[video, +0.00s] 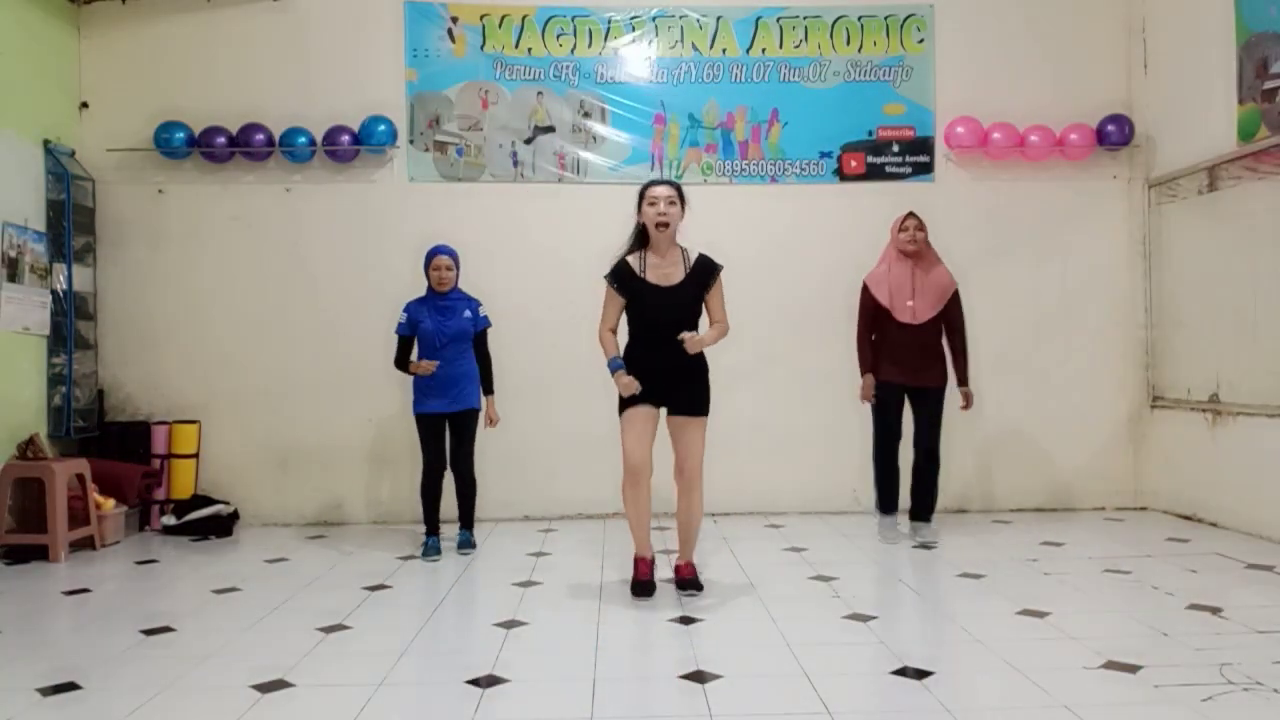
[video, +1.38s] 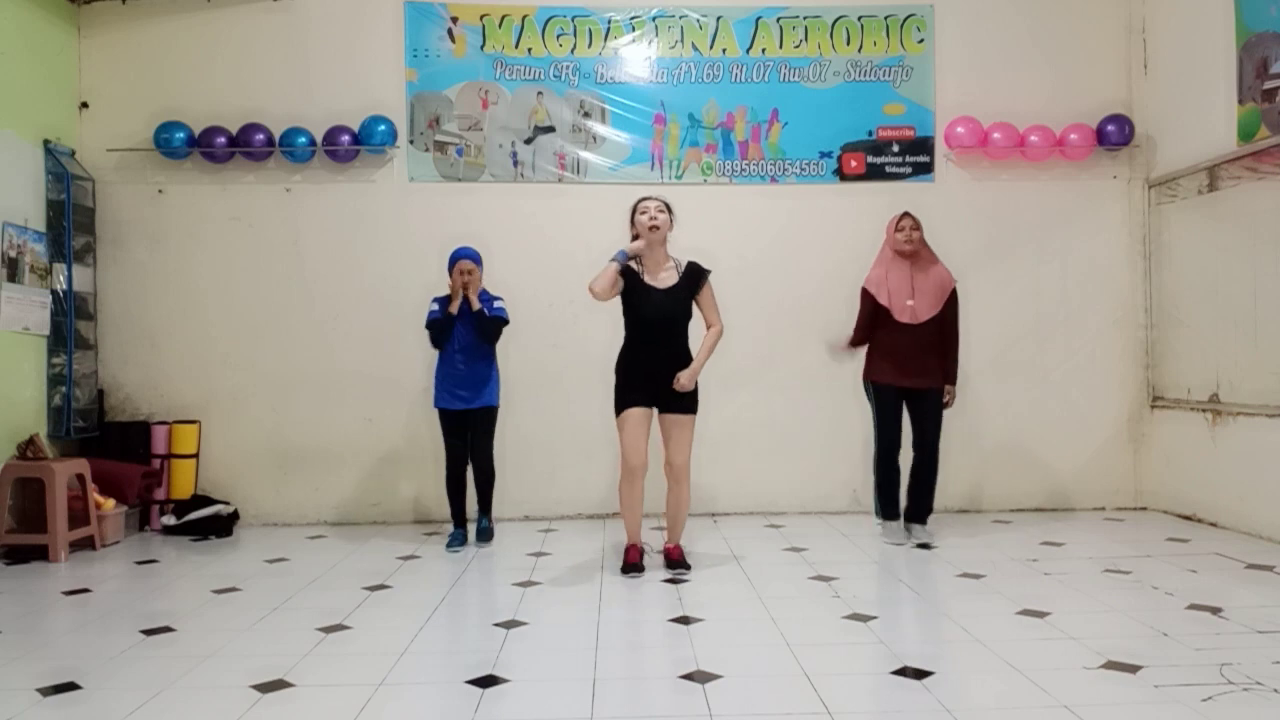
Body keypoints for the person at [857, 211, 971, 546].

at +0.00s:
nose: (912, 234)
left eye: (918, 229)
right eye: (905, 229)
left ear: (926, 236)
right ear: (894, 238)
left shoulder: (941, 279)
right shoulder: (878, 278)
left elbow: (956, 332)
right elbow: (864, 329)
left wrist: (963, 382)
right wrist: (866, 373)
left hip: (929, 375)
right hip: (887, 375)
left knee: (927, 448)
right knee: (886, 445)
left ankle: (921, 520)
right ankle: (887, 516)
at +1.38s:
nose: (909, 235)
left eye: (914, 229)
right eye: (901, 230)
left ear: (922, 235)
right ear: (890, 238)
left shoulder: (941, 279)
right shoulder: (878, 278)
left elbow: (950, 334)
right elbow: (864, 328)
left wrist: (950, 379)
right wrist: (851, 343)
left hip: (927, 377)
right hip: (884, 375)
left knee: (927, 450)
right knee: (888, 446)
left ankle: (917, 520)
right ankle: (889, 518)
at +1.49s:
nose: (910, 230)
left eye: (915, 225)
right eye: (903, 226)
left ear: (924, 232)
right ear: (892, 234)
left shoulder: (942, 275)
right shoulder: (879, 274)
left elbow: (951, 329)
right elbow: (858, 322)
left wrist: (951, 375)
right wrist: (840, 301)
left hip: (926, 365)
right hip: (885, 363)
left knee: (925, 441)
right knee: (888, 432)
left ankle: (917, 520)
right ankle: (890, 498)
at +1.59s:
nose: (911, 228)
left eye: (916, 223)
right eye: (904, 224)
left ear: (925, 230)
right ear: (892, 232)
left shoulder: (941, 272)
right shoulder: (881, 270)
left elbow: (950, 327)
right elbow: (852, 312)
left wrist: (949, 373)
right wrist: (850, 276)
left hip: (926, 364)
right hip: (885, 359)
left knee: (922, 441)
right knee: (889, 417)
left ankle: (917, 519)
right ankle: (891, 489)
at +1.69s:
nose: (912, 231)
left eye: (916, 226)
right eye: (904, 227)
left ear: (923, 233)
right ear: (892, 235)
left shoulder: (937, 274)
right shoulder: (882, 270)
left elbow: (947, 328)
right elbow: (858, 287)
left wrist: (948, 377)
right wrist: (882, 254)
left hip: (926, 373)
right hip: (884, 372)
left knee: (926, 447)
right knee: (888, 443)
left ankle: (917, 519)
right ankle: (885, 519)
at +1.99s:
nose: (910, 233)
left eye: (914, 228)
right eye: (902, 229)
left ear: (922, 234)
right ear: (890, 238)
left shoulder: (933, 276)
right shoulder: (878, 271)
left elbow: (938, 327)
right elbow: (878, 280)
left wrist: (972, 323)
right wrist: (904, 272)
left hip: (921, 368)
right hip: (879, 368)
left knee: (934, 441)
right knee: (883, 442)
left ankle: (920, 509)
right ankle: (884, 518)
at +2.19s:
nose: (909, 229)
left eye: (914, 224)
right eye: (901, 225)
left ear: (922, 231)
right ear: (890, 234)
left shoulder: (936, 271)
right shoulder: (879, 269)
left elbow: (966, 298)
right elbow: (876, 278)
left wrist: (967, 265)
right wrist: (903, 270)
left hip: (923, 367)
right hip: (882, 363)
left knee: (927, 444)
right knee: (885, 436)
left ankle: (919, 519)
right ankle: (885, 512)